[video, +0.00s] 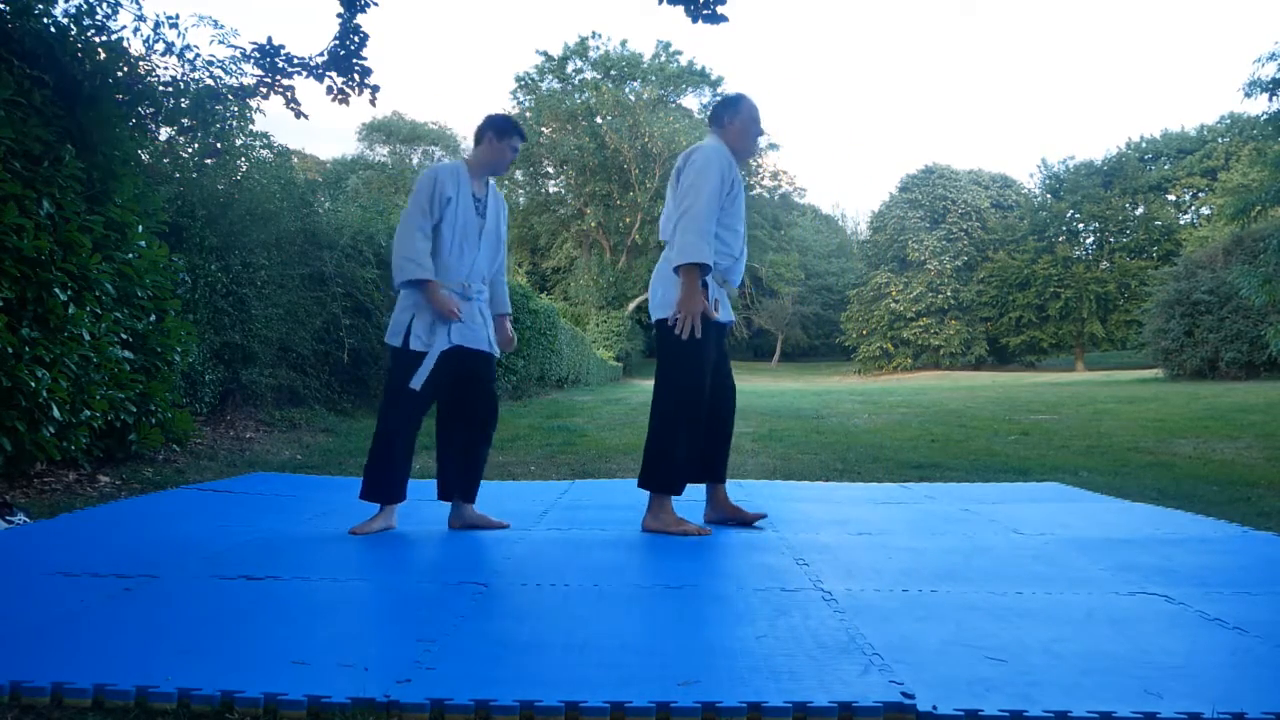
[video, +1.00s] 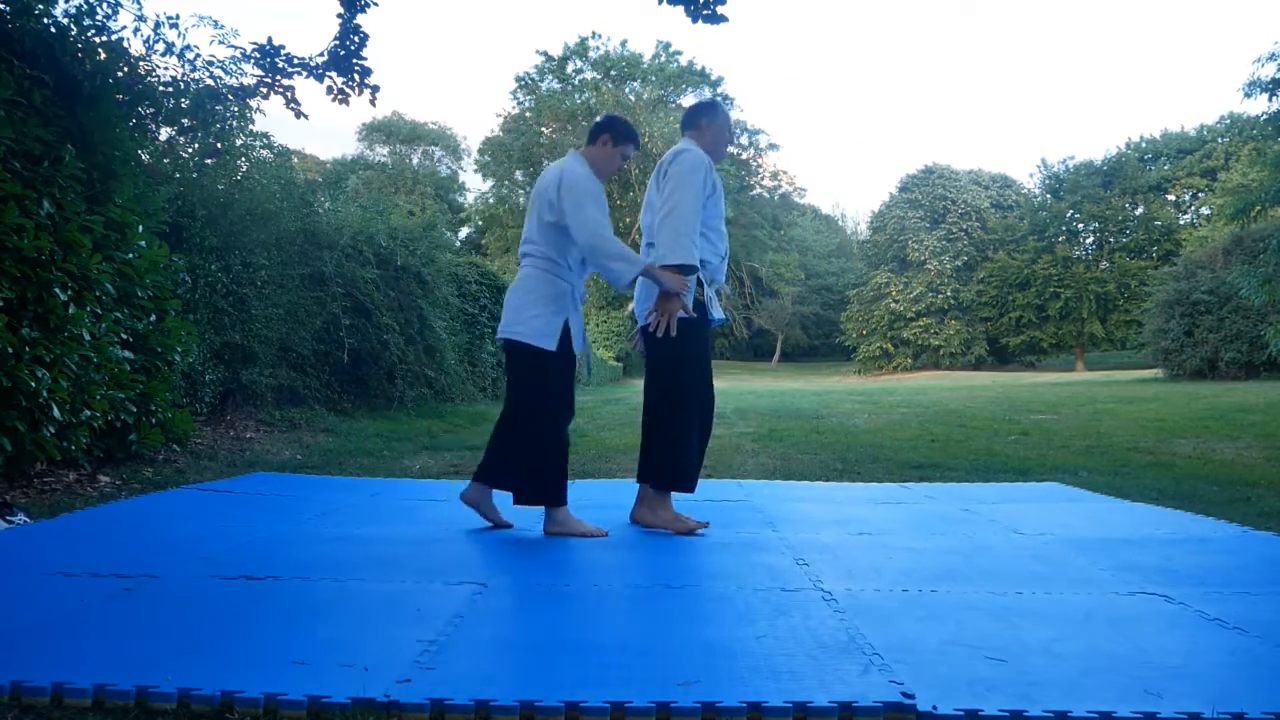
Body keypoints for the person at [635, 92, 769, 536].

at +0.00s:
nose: (759, 135)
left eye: (759, 127)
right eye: (754, 125)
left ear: (729, 123)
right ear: (729, 122)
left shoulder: (723, 164)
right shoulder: (710, 155)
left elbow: (697, 228)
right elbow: (695, 221)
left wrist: (713, 291)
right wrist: (691, 287)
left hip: (708, 301)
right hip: (690, 299)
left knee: (719, 401)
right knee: (679, 402)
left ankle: (718, 501)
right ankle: (659, 509)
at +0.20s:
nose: (749, 131)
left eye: (748, 124)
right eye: (744, 122)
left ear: (716, 120)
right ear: (721, 119)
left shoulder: (704, 157)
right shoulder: (705, 154)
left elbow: (681, 225)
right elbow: (692, 222)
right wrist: (683, 291)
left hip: (695, 300)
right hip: (684, 300)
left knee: (711, 393)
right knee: (679, 400)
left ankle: (683, 492)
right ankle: (659, 509)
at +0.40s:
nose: (740, 132)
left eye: (739, 124)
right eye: (735, 122)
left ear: (705, 121)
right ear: (714, 119)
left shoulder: (693, 156)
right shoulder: (700, 155)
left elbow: (682, 226)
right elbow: (687, 222)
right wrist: (679, 290)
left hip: (685, 297)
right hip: (687, 299)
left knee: (676, 399)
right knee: (681, 400)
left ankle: (653, 500)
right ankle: (655, 505)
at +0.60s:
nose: (734, 130)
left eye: (733, 123)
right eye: (728, 121)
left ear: (698, 123)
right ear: (706, 121)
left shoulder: (681, 158)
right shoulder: (696, 156)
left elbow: (663, 230)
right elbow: (684, 223)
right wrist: (676, 289)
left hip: (676, 299)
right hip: (685, 300)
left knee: (669, 399)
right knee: (682, 402)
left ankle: (651, 502)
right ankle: (657, 507)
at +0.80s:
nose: (730, 134)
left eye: (729, 126)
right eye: (725, 125)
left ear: (694, 126)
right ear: (705, 124)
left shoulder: (677, 160)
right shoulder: (693, 158)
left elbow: (658, 235)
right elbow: (680, 226)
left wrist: (647, 309)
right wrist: (673, 290)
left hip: (669, 300)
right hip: (683, 301)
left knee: (667, 400)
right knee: (682, 401)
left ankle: (650, 501)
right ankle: (659, 506)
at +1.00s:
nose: (731, 138)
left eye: (731, 130)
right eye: (727, 128)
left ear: (697, 127)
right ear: (705, 126)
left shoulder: (682, 161)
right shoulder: (691, 158)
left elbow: (666, 228)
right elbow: (678, 222)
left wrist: (660, 297)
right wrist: (671, 290)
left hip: (675, 304)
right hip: (680, 305)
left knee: (672, 400)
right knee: (682, 400)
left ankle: (653, 501)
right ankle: (655, 502)